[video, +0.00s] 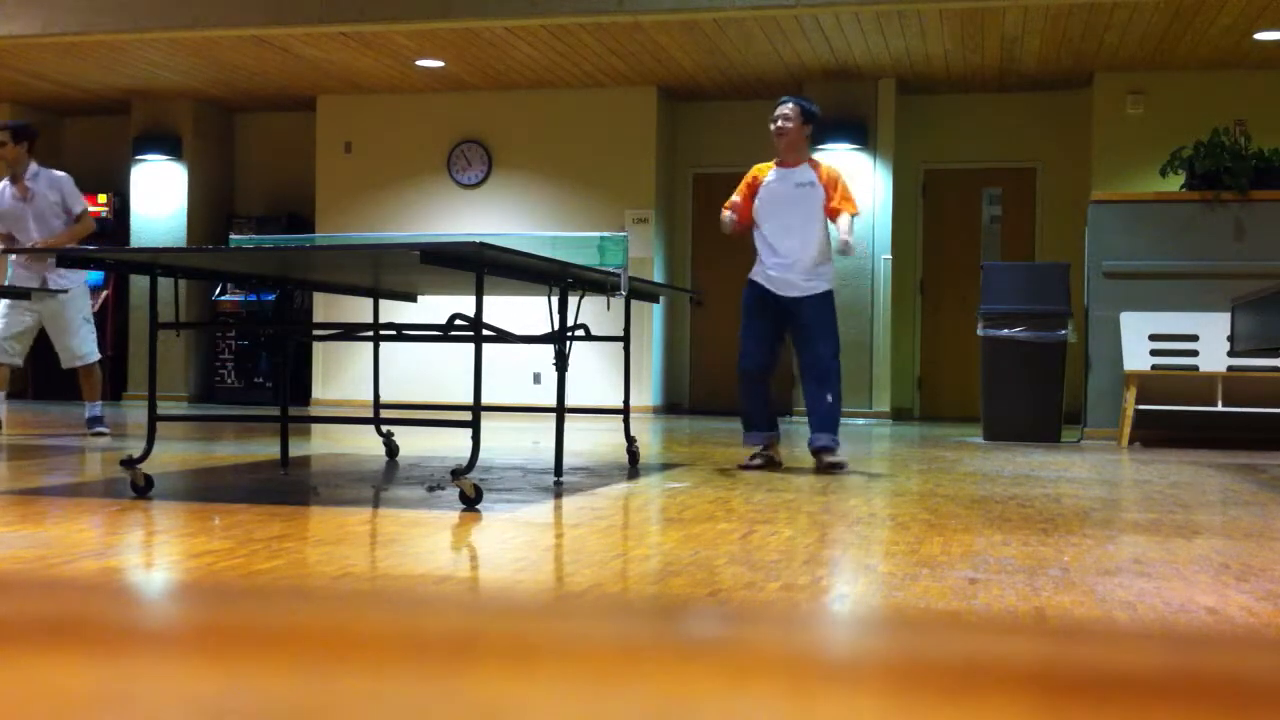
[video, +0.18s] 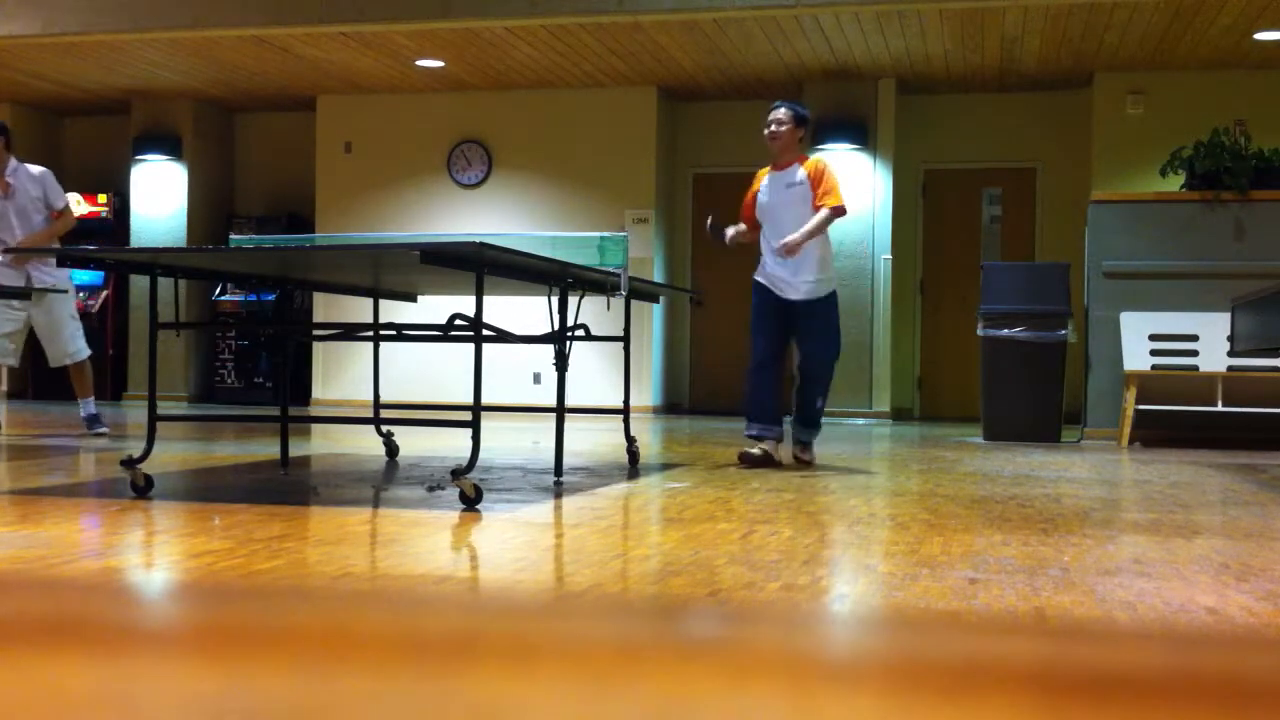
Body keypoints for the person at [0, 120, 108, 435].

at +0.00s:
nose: (1, 151)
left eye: (4, 145)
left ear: (23, 146)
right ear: (6, 149)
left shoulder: (58, 181)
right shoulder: (3, 191)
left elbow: (88, 224)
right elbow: (6, 240)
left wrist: (53, 243)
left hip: (65, 284)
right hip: (20, 284)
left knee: (85, 353)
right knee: (2, 352)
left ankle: (94, 416)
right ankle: (0, 416)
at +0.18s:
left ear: (5, 142)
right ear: (4, 142)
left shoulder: (38, 177)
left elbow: (68, 218)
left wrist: (29, 243)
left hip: (49, 283)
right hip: (7, 283)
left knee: (75, 351)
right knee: (2, 358)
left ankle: (90, 413)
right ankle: (3, 423)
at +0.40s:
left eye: (0, 132)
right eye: (0, 133)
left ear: (5, 135)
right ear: (5, 136)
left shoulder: (29, 171)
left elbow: (58, 213)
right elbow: (54, 213)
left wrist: (19, 234)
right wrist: (20, 236)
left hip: (37, 274)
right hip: (4, 276)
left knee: (59, 346)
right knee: (1, 356)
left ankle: (76, 408)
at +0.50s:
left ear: (5, 134)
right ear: (3, 135)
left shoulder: (31, 171)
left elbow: (55, 216)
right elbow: (50, 216)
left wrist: (14, 232)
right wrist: (14, 234)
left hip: (30, 273)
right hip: (2, 273)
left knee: (47, 344)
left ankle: (66, 406)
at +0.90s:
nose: (6, 131)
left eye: (15, 125)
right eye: (5, 125)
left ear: (34, 132)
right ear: (2, 133)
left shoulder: (56, 176)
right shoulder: (1, 175)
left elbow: (69, 224)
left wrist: (28, 216)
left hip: (39, 274)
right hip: (2, 271)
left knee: (52, 350)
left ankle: (60, 414)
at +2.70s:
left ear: (6, 132)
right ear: (4, 132)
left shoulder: (28, 172)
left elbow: (44, 222)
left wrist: (10, 194)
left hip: (21, 271)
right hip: (3, 270)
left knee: (37, 347)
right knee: (1, 354)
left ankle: (48, 412)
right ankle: (1, 415)